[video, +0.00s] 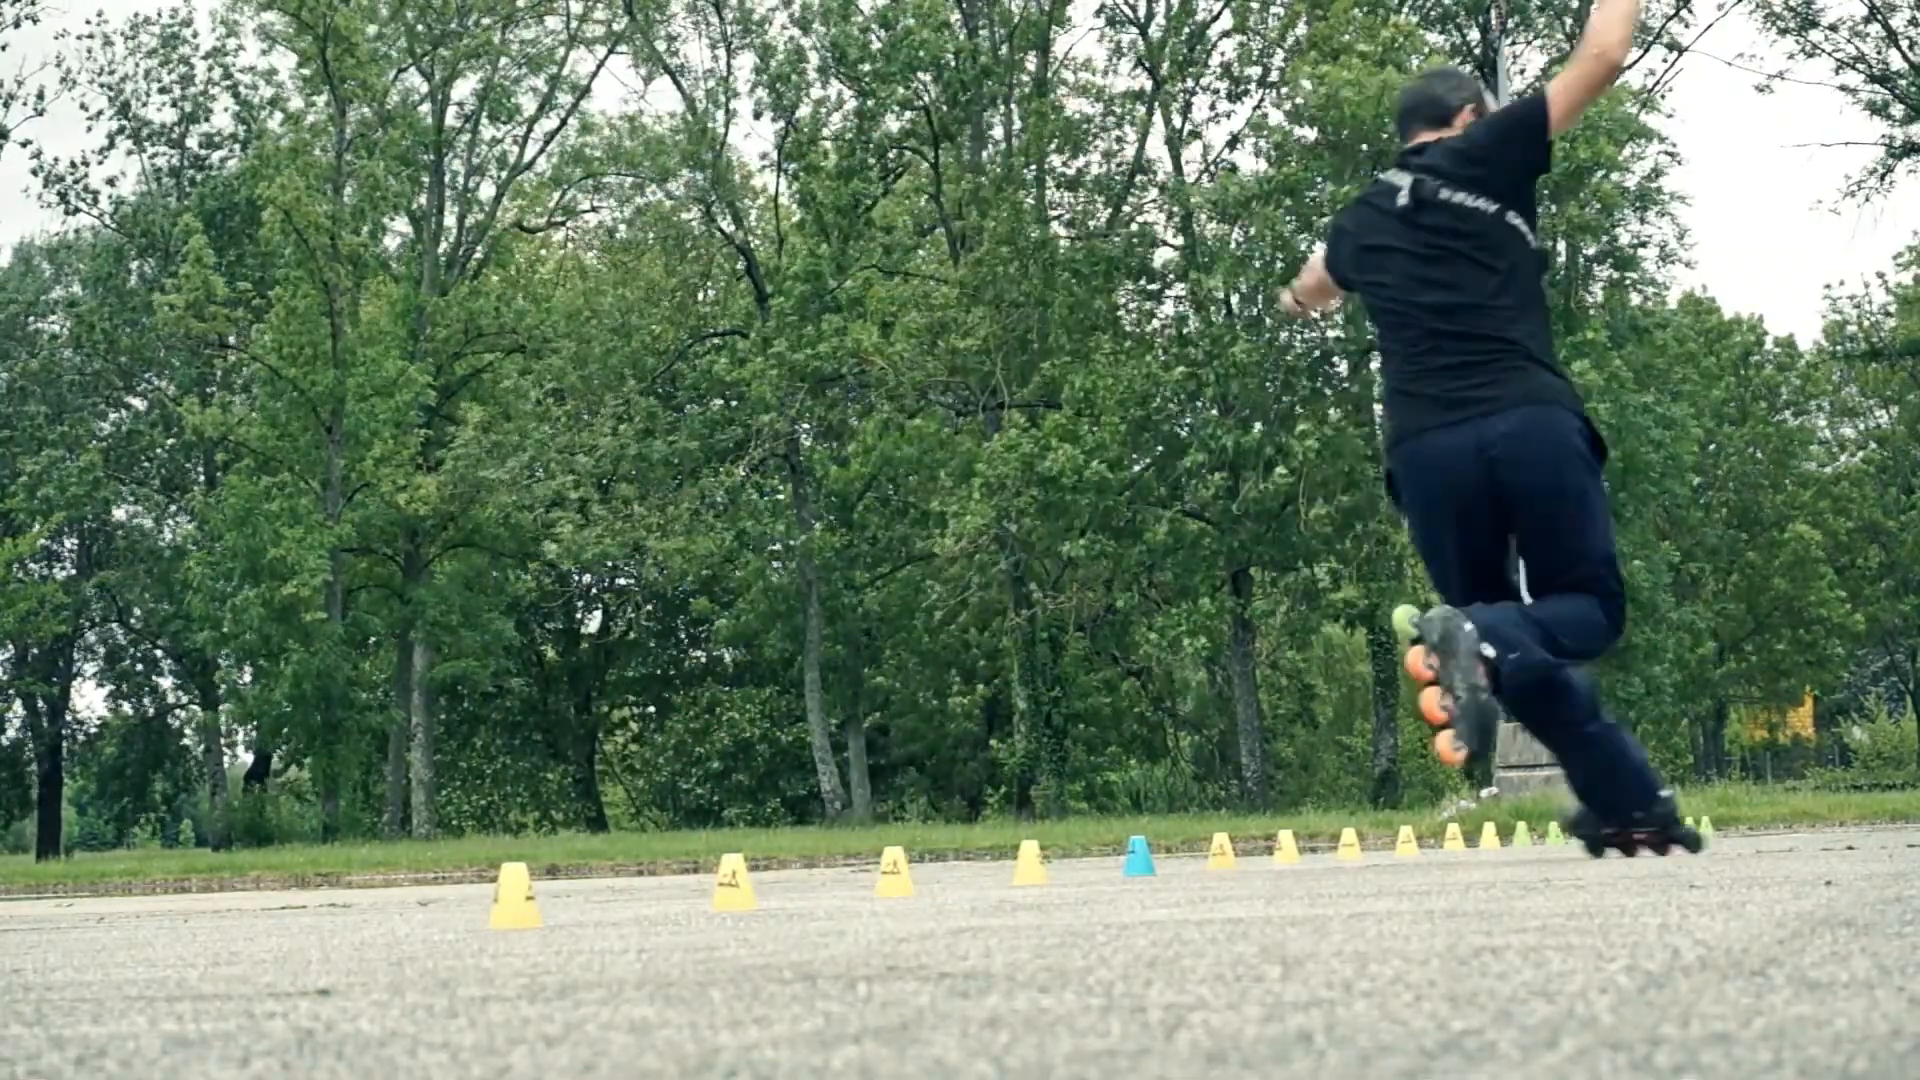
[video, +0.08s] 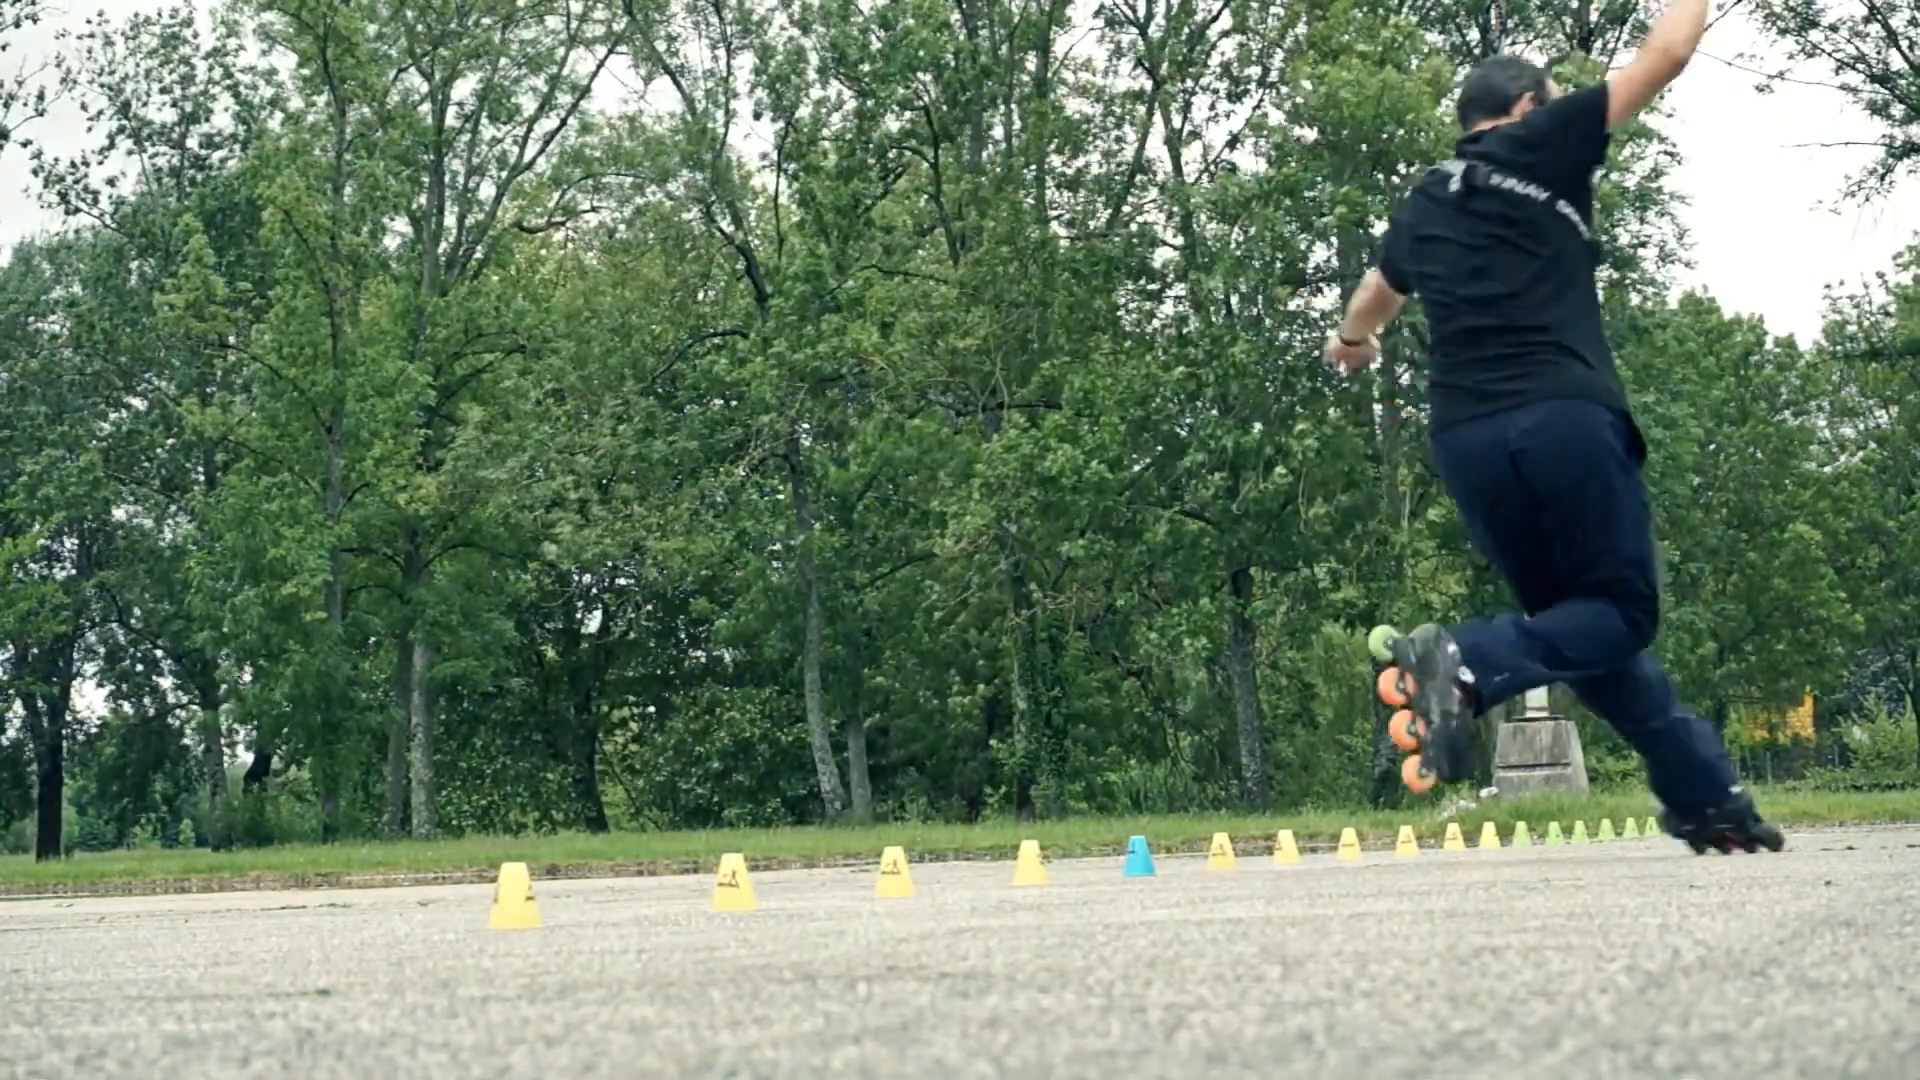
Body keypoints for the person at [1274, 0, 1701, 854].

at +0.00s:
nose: (1490, 122)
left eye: (1485, 114)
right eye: (1484, 113)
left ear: (1404, 130)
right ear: (1464, 117)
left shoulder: (1360, 219)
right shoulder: (1492, 149)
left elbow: (1309, 294)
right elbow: (1602, 56)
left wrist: (1314, 285)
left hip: (1426, 450)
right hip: (1530, 425)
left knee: (1504, 645)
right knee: (1591, 608)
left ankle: (1632, 807)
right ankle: (1482, 640)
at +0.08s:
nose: (1553, 116)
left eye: (1549, 106)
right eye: (1547, 105)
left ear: (1465, 119)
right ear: (1523, 108)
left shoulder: (1421, 205)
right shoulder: (1546, 139)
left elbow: (1372, 300)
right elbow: (1664, 54)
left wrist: (1353, 339)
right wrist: (1693, 3)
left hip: (1464, 437)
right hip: (1564, 412)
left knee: (1584, 633)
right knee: (1621, 608)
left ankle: (1704, 796)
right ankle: (1465, 665)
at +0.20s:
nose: (1654, 99)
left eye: (1648, 87)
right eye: (1642, 87)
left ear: (1554, 99)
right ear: (1604, 89)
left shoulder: (1494, 187)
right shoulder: (1613, 117)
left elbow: (1447, 317)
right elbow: (1752, 55)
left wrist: (1415, 396)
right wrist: (1795, 9)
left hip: (1503, 427)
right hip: (1593, 409)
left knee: (1670, 615)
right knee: (1655, 620)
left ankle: (1782, 793)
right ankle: (1484, 729)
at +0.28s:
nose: (1696, 95)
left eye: (1694, 84)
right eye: (1686, 83)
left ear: (1613, 78)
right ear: (1636, 76)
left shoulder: (1522, 181)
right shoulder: (1621, 113)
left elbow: (1493, 317)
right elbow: (1772, 72)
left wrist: (1473, 429)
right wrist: (1829, 67)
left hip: (1519, 423)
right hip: (1604, 401)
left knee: (1699, 606)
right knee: (1672, 612)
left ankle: (1800, 775)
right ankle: (1483, 730)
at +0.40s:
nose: (1727, 95)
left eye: (1728, 80)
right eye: (1718, 77)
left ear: (1648, 67)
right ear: (1665, 64)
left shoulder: (1562, 151)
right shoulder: (1628, 101)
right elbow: (1788, 91)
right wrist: (1851, 151)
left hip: (1534, 404)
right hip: (1592, 390)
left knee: (1724, 606)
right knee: (1675, 612)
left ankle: (1806, 774)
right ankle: (1463, 737)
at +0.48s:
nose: (1731, 96)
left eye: (1736, 81)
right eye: (1720, 75)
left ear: (1663, 67)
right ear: (1662, 58)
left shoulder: (1613, 152)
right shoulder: (1610, 100)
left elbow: (1584, 320)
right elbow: (1748, 110)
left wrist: (1661, 467)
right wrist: (1834, 188)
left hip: (1596, 404)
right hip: (1561, 396)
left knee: (1718, 595)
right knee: (1657, 610)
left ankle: (1776, 763)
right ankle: (1456, 739)